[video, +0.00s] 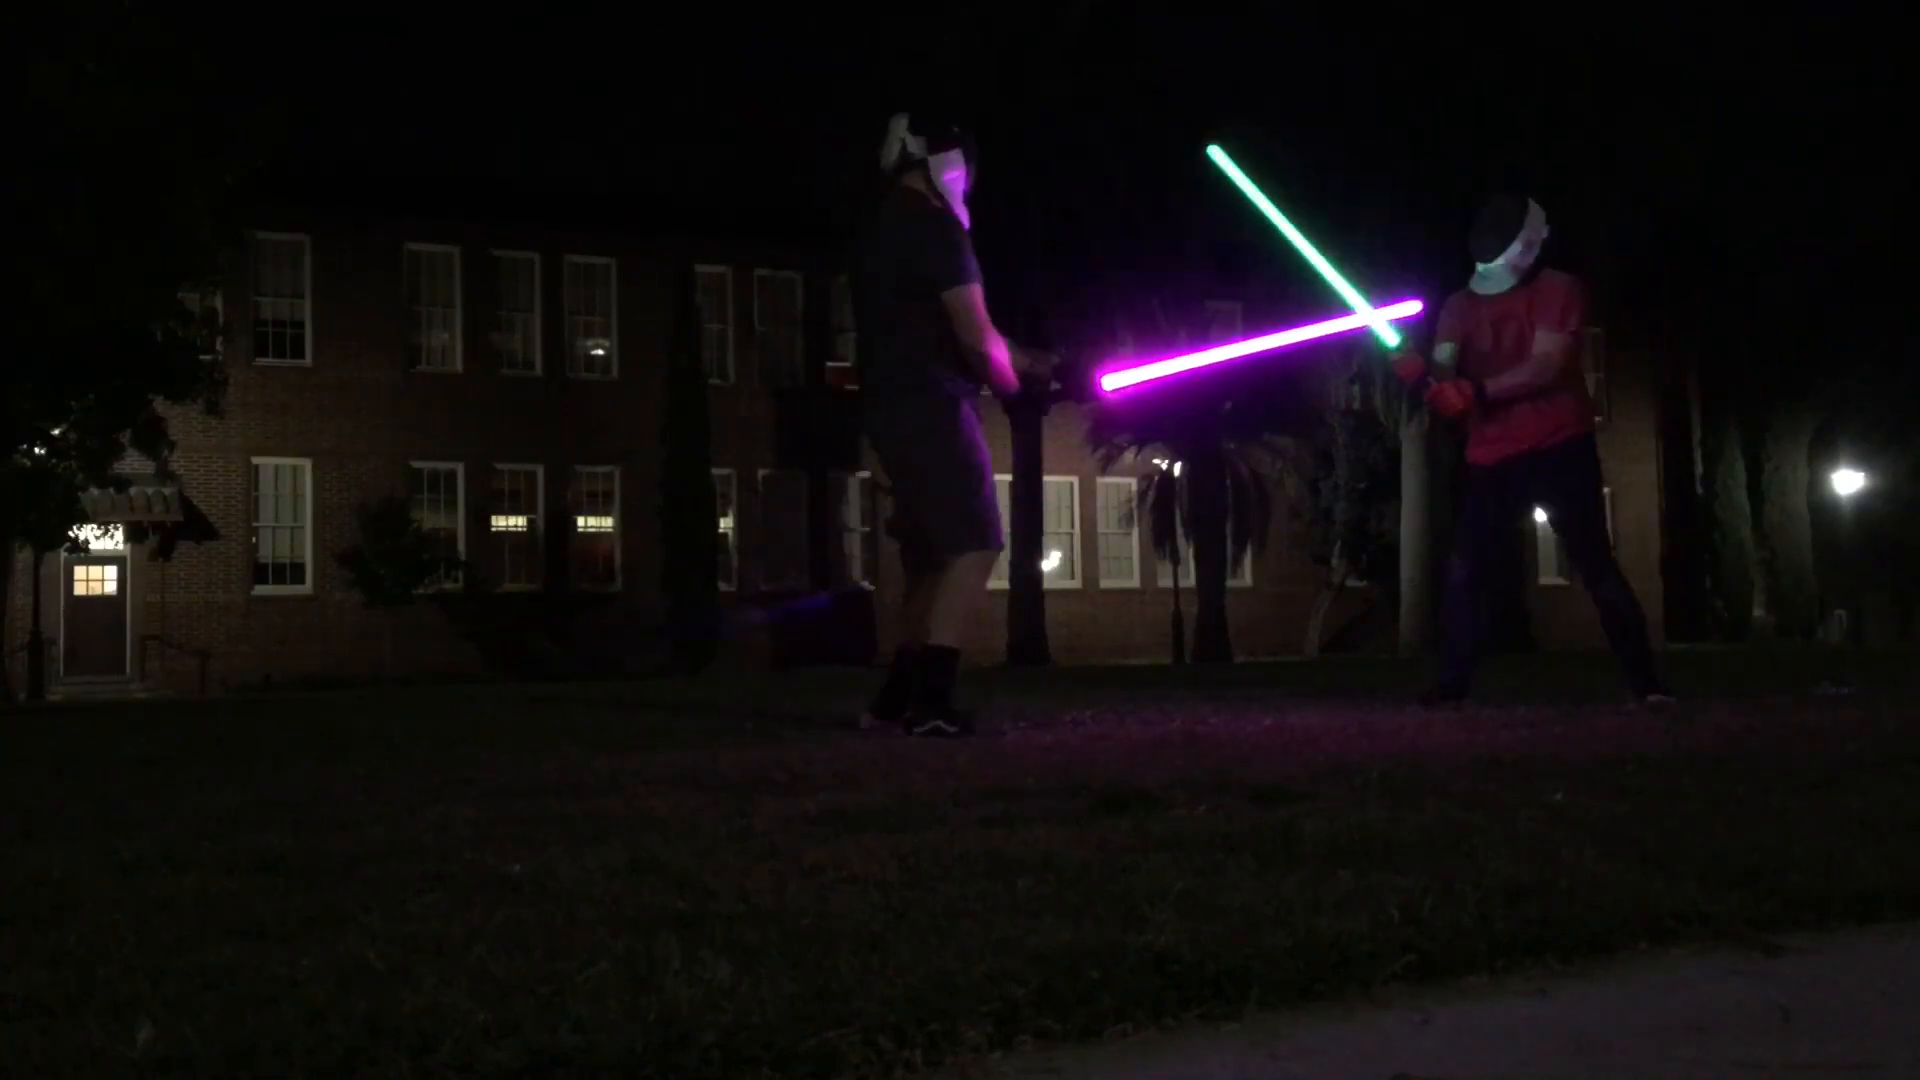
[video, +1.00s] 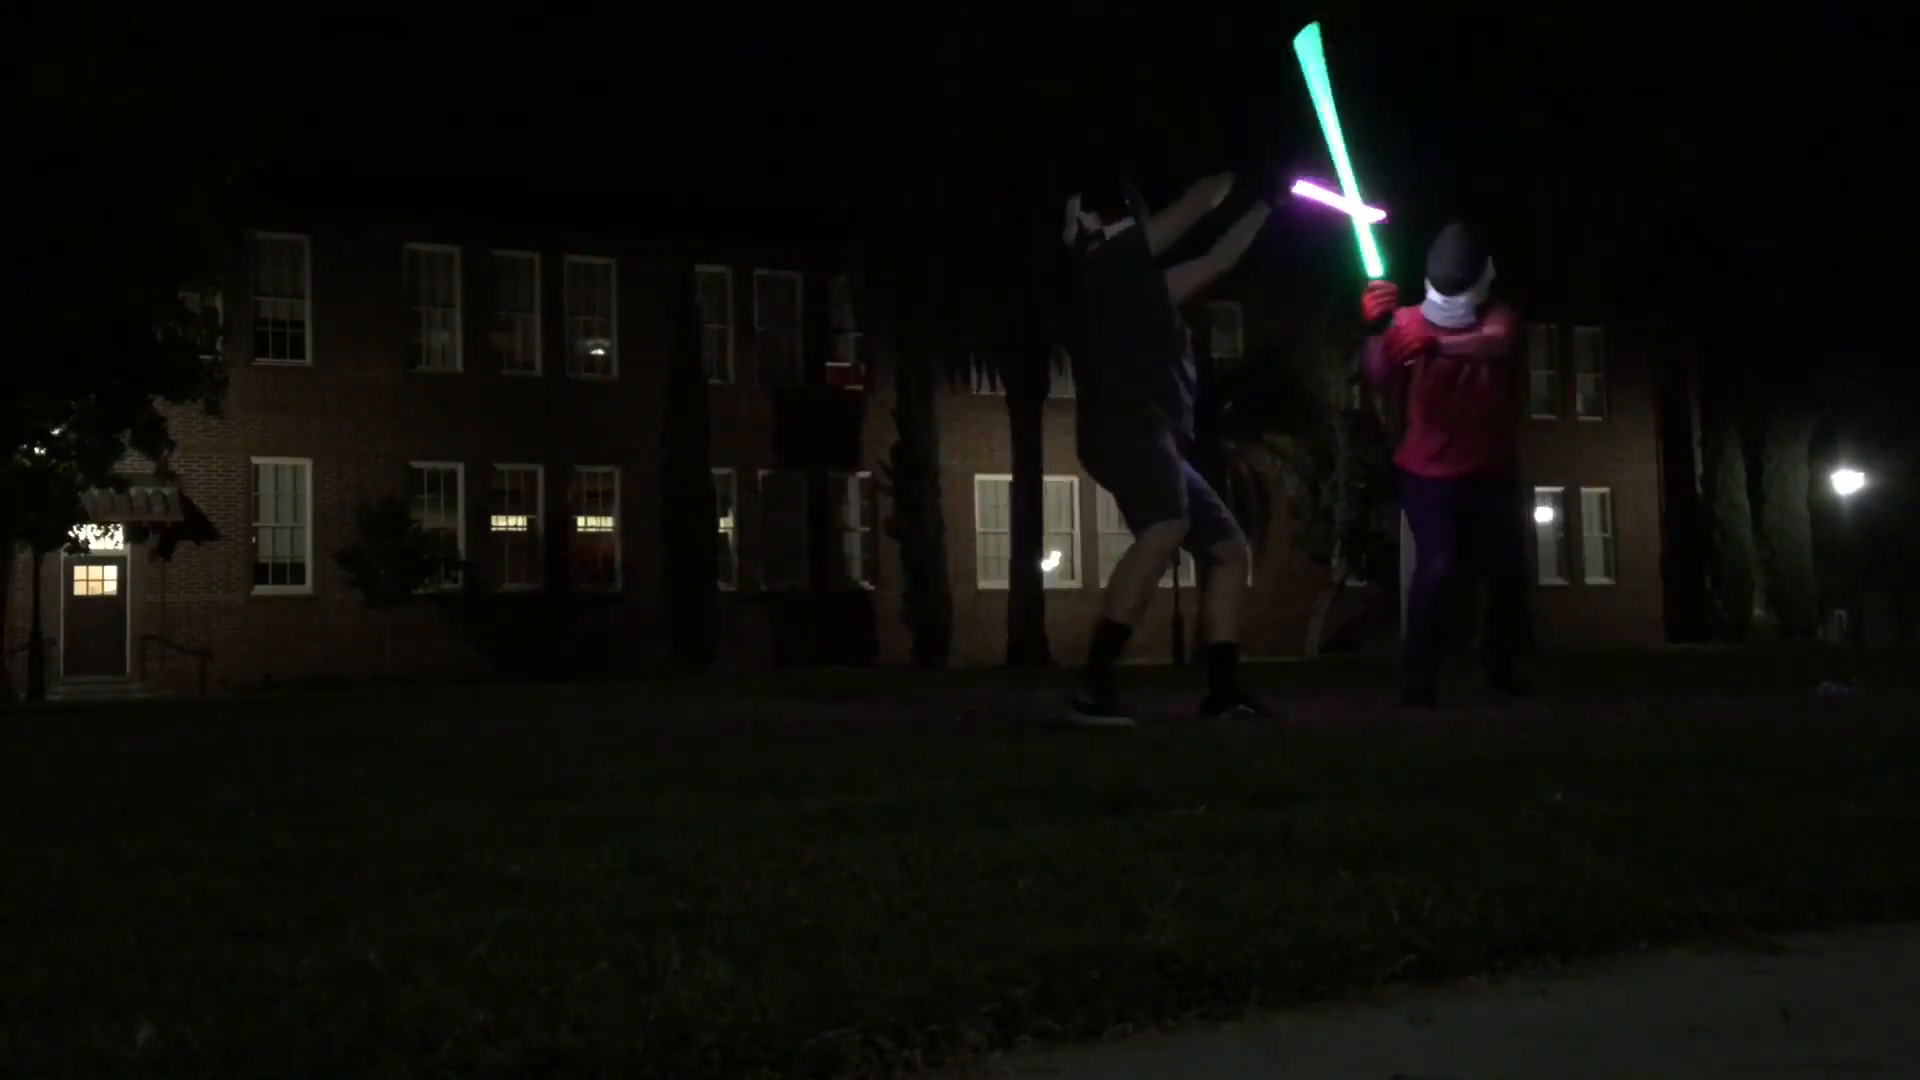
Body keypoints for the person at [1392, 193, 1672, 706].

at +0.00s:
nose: (1531, 250)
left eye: (1525, 243)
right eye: (1524, 241)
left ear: (1528, 244)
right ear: (1504, 246)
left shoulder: (1557, 292)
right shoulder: (1458, 308)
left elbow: (1545, 367)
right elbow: (1444, 386)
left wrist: (1476, 391)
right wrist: (1422, 376)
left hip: (1561, 452)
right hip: (1491, 462)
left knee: (1594, 568)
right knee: (1469, 569)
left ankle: (1646, 684)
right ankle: (1452, 684)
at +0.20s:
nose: (1494, 277)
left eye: (1504, 265)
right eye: (1487, 268)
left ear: (1529, 253)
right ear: (1477, 259)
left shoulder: (1556, 295)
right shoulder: (1465, 308)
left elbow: (1536, 351)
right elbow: (1425, 344)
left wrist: (1465, 346)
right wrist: (1415, 312)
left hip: (1562, 458)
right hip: (1492, 465)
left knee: (1597, 573)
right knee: (1469, 572)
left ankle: (1635, 680)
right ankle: (1451, 681)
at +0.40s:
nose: (1476, 260)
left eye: (1486, 249)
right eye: (1471, 252)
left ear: (1508, 249)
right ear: (1462, 256)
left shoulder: (1540, 295)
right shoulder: (1452, 306)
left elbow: (1506, 323)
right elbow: (1405, 316)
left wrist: (1449, 278)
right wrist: (1420, 252)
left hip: (1540, 462)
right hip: (1474, 469)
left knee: (1587, 576)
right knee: (1447, 576)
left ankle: (1637, 684)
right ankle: (1423, 693)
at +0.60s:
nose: (1447, 243)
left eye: (1459, 229)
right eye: (1437, 231)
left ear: (1481, 236)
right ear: (1424, 240)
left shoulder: (1503, 287)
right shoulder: (1418, 295)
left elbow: (1488, 322)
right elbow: (1374, 314)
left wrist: (1422, 313)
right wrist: (1378, 274)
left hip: (1503, 456)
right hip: (1438, 460)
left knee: (1551, 568)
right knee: (1431, 574)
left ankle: (1607, 677)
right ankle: (1422, 688)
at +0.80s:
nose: (1430, 279)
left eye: (1440, 267)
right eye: (1421, 270)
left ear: (1463, 255)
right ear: (1410, 263)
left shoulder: (1490, 298)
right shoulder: (1402, 303)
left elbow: (1468, 331)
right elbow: (1371, 322)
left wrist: (1394, 323)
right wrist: (1351, 300)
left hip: (1485, 463)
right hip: (1423, 465)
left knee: (1503, 570)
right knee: (1423, 572)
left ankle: (1515, 679)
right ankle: (1421, 682)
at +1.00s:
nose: (1454, 306)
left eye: (1462, 296)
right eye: (1446, 299)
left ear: (1480, 285)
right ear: (1435, 287)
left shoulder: (1499, 321)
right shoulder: (1411, 325)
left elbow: (1494, 344)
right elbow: (1377, 372)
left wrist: (1432, 344)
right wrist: (1375, 326)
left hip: (1488, 471)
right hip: (1428, 472)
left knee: (1503, 573)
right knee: (1437, 569)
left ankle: (1504, 672)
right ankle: (1420, 680)